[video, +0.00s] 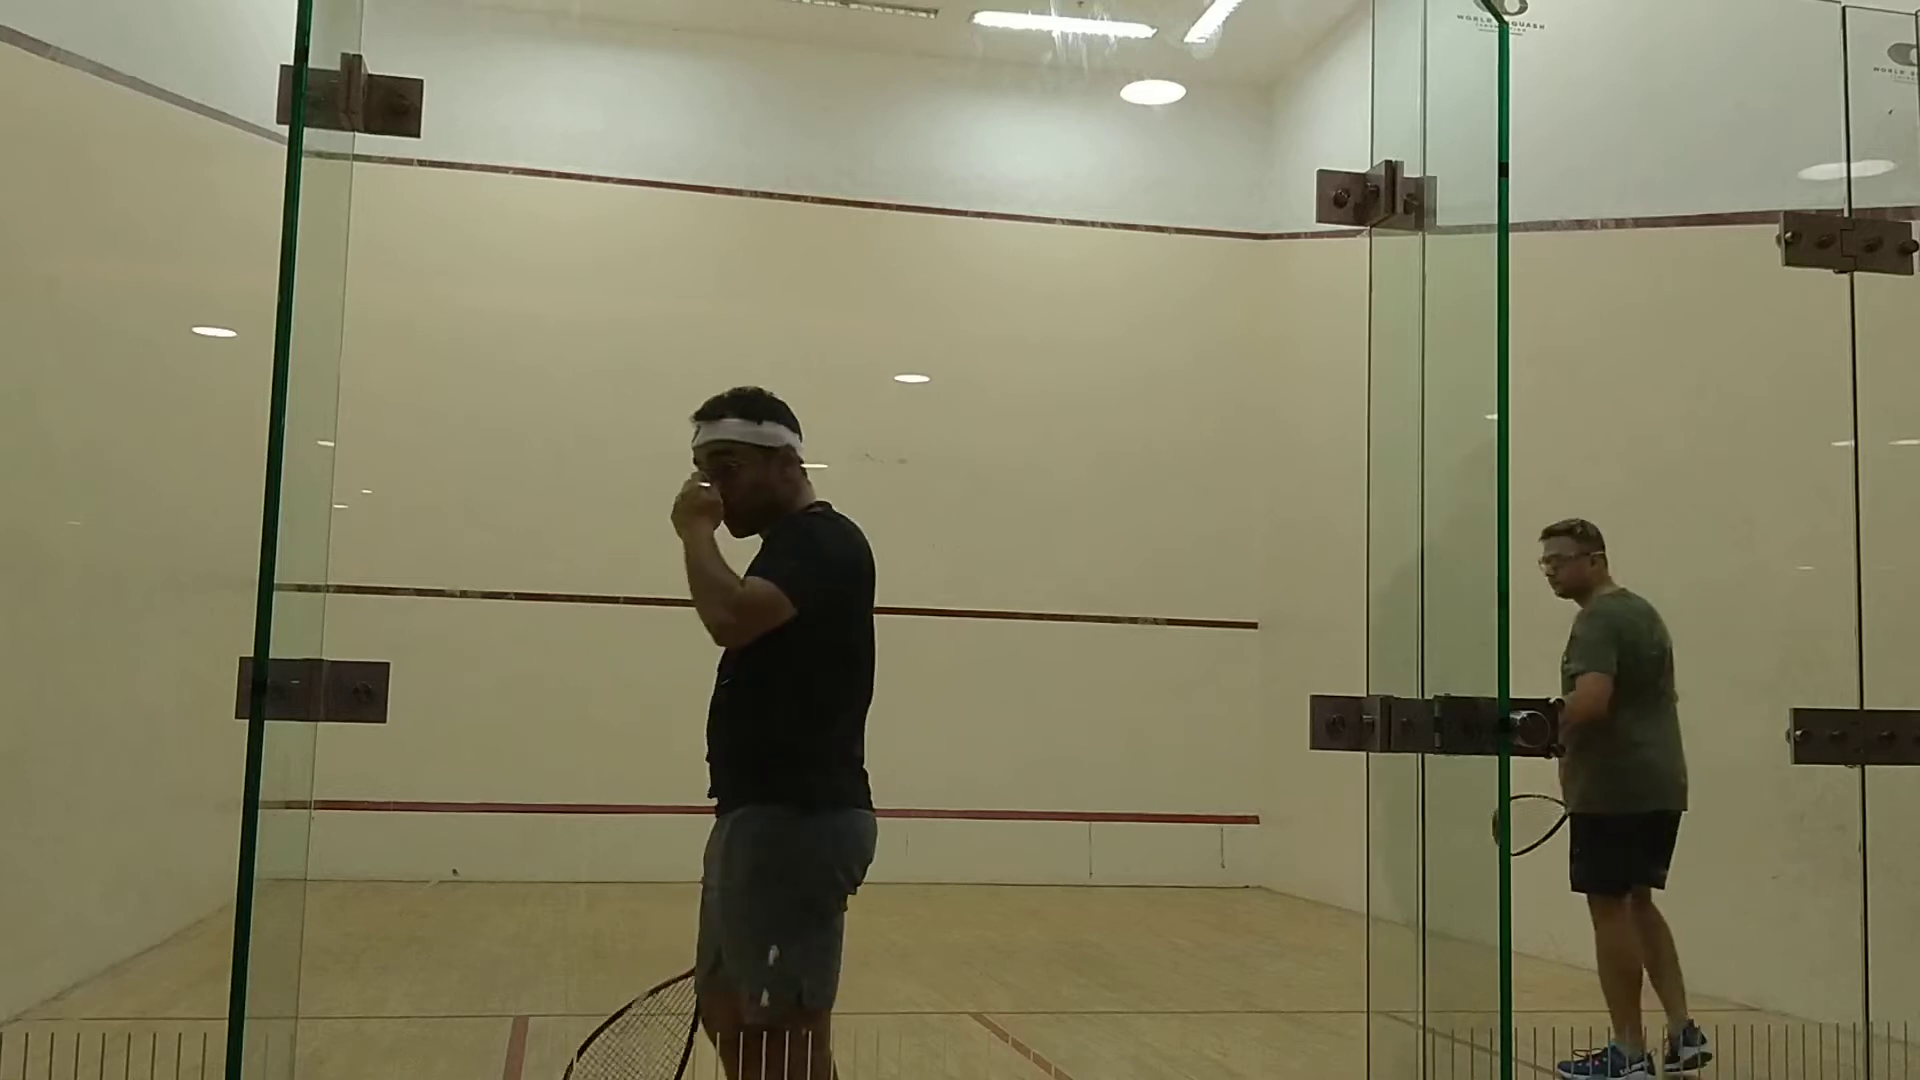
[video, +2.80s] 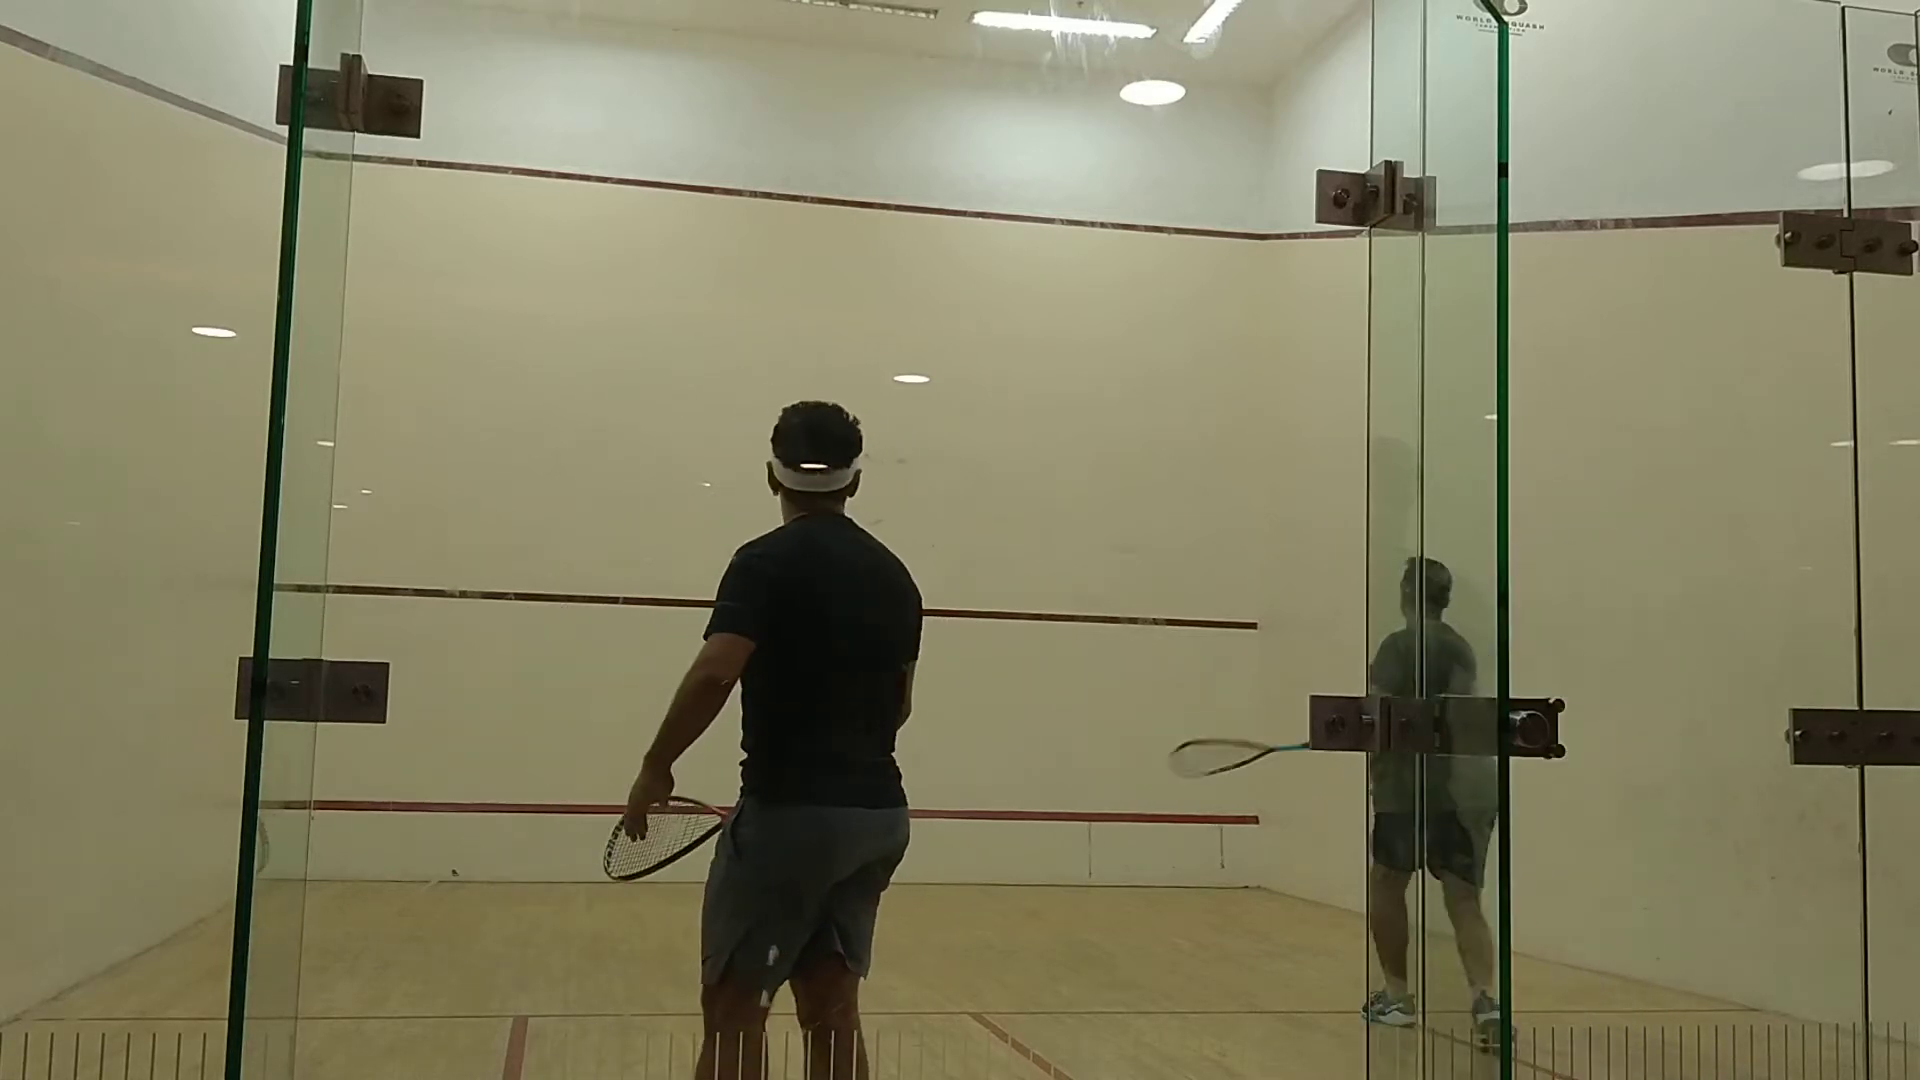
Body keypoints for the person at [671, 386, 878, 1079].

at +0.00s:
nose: (713, 491)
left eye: (725, 470)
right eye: (708, 475)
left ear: (780, 464)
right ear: (779, 468)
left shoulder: (821, 539)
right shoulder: (787, 548)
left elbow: (730, 618)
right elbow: (792, 696)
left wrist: (696, 529)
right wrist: (739, 813)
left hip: (798, 822)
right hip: (757, 818)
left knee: (784, 1030)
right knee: (725, 1012)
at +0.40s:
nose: (715, 477)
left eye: (726, 457)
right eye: (717, 458)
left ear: (780, 459)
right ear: (780, 462)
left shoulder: (843, 547)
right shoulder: (799, 552)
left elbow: (809, 656)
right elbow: (800, 715)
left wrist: (716, 596)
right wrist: (743, 818)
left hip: (821, 826)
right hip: (780, 822)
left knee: (802, 1037)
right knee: (749, 1013)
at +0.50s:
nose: (724, 481)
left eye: (727, 462)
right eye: (724, 464)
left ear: (757, 463)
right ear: (799, 461)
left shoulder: (830, 546)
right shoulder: (814, 545)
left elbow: (827, 669)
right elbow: (815, 707)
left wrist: (708, 683)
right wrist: (754, 814)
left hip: (819, 823)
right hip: (792, 820)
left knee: (800, 1034)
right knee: (759, 1010)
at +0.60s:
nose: (746, 481)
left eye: (747, 467)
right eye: (748, 468)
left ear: (756, 471)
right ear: (829, 470)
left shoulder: (815, 549)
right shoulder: (842, 545)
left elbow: (830, 669)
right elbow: (838, 706)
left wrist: (728, 764)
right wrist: (758, 808)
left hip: (811, 823)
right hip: (829, 818)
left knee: (793, 1023)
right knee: (802, 1020)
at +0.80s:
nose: (788, 471)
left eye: (788, 461)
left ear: (787, 470)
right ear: (868, 475)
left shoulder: (795, 550)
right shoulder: (888, 561)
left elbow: (811, 658)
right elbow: (864, 698)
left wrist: (771, 785)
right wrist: (760, 794)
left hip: (805, 823)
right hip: (879, 822)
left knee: (766, 1021)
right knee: (823, 1013)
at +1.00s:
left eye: (823, 476)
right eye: (891, 480)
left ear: (817, 480)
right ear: (894, 488)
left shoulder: (800, 551)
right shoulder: (911, 574)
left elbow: (762, 658)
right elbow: (874, 707)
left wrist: (708, 762)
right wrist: (773, 773)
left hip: (805, 826)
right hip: (891, 825)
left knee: (707, 1002)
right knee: (836, 1004)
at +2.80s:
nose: (781, 476)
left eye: (776, 468)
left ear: (774, 476)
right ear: (854, 479)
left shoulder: (762, 562)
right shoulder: (895, 576)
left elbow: (716, 673)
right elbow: (896, 706)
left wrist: (657, 764)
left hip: (785, 820)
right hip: (876, 819)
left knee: (732, 1006)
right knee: (830, 1002)